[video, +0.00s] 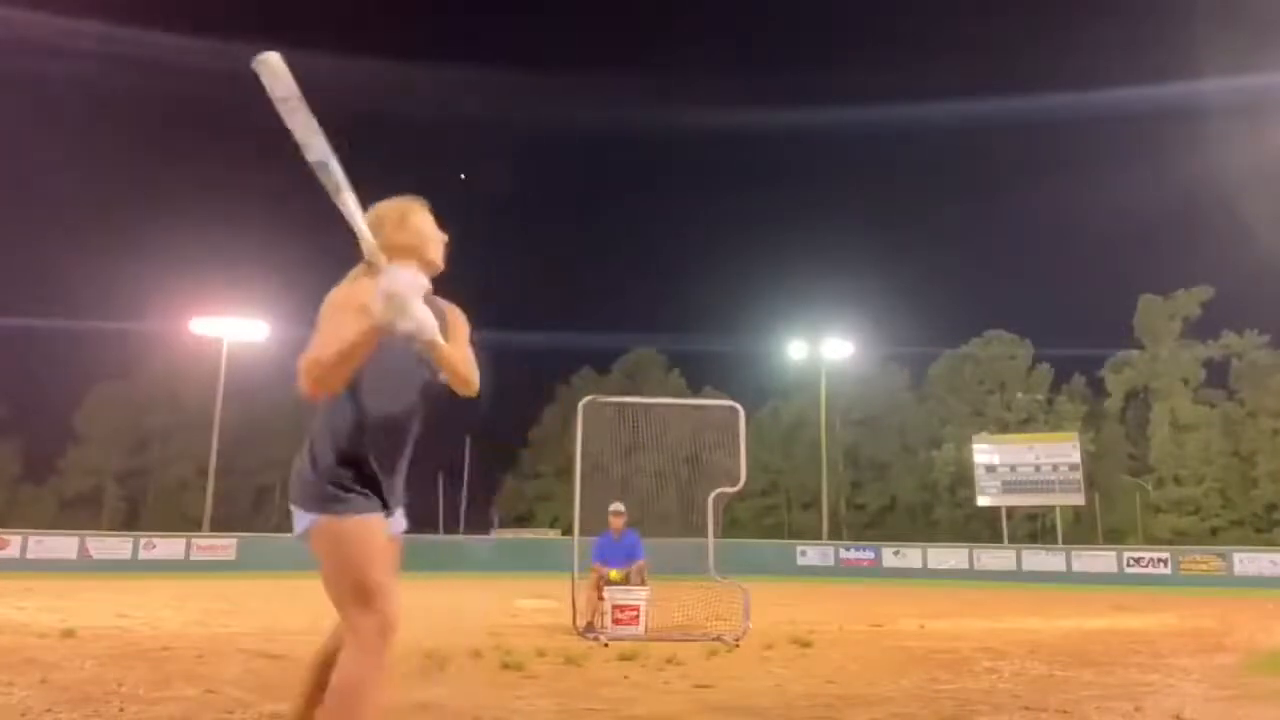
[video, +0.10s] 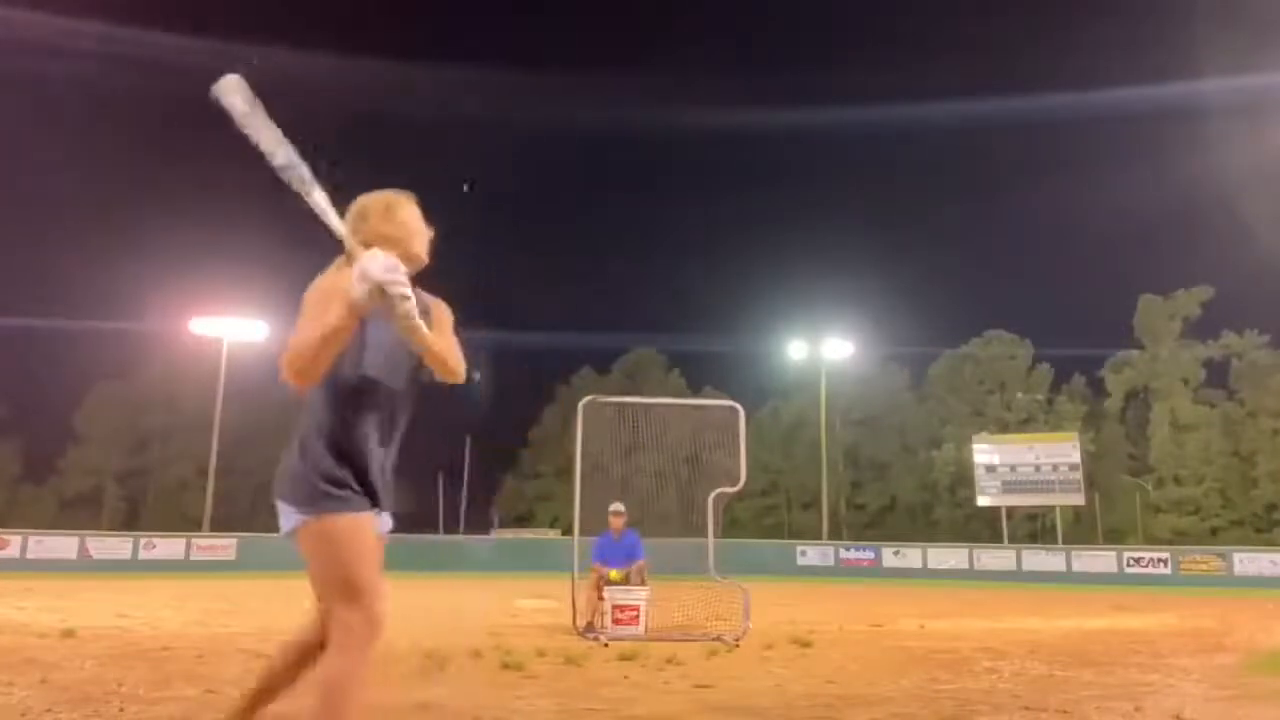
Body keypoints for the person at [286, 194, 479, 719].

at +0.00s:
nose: (443, 235)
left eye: (438, 225)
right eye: (431, 225)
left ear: (413, 238)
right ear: (397, 236)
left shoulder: (447, 314)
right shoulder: (356, 296)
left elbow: (468, 383)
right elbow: (316, 381)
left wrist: (426, 333)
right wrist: (380, 322)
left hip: (387, 492)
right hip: (334, 487)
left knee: (360, 625)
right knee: (373, 625)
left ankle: (309, 709)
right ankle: (341, 712)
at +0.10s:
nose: (427, 241)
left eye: (425, 233)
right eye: (415, 232)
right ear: (381, 240)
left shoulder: (430, 308)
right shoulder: (336, 289)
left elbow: (455, 371)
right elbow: (298, 372)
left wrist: (407, 320)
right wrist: (356, 300)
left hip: (370, 488)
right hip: (320, 482)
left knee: (332, 628)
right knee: (360, 620)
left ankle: (243, 709)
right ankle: (332, 713)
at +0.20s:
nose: (420, 233)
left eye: (416, 222)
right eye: (410, 221)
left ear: (394, 236)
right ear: (375, 233)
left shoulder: (416, 306)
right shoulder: (326, 281)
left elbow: (441, 370)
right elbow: (292, 365)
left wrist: (403, 308)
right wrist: (348, 296)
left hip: (354, 483)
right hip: (312, 477)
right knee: (354, 621)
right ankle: (326, 713)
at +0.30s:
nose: (398, 246)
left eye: (397, 236)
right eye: (390, 235)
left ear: (372, 243)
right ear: (359, 239)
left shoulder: (381, 299)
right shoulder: (309, 279)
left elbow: (419, 376)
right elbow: (290, 367)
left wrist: (403, 321)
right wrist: (346, 302)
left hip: (322, 479)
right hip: (294, 476)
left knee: (271, 635)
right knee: (346, 624)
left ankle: (193, 712)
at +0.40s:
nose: (378, 261)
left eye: (379, 250)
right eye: (372, 249)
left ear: (337, 250)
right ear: (342, 247)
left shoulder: (352, 302)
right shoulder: (296, 281)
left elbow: (400, 380)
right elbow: (290, 372)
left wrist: (397, 323)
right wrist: (349, 313)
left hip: (291, 480)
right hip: (278, 479)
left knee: (251, 638)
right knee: (341, 623)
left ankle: (183, 713)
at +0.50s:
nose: (367, 263)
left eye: (366, 253)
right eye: (362, 251)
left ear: (321, 246)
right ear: (339, 248)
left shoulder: (333, 297)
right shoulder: (291, 278)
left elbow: (381, 381)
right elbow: (292, 370)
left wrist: (393, 330)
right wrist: (350, 313)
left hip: (259, 482)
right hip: (269, 483)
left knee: (238, 639)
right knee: (339, 617)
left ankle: (179, 712)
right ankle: (328, 712)